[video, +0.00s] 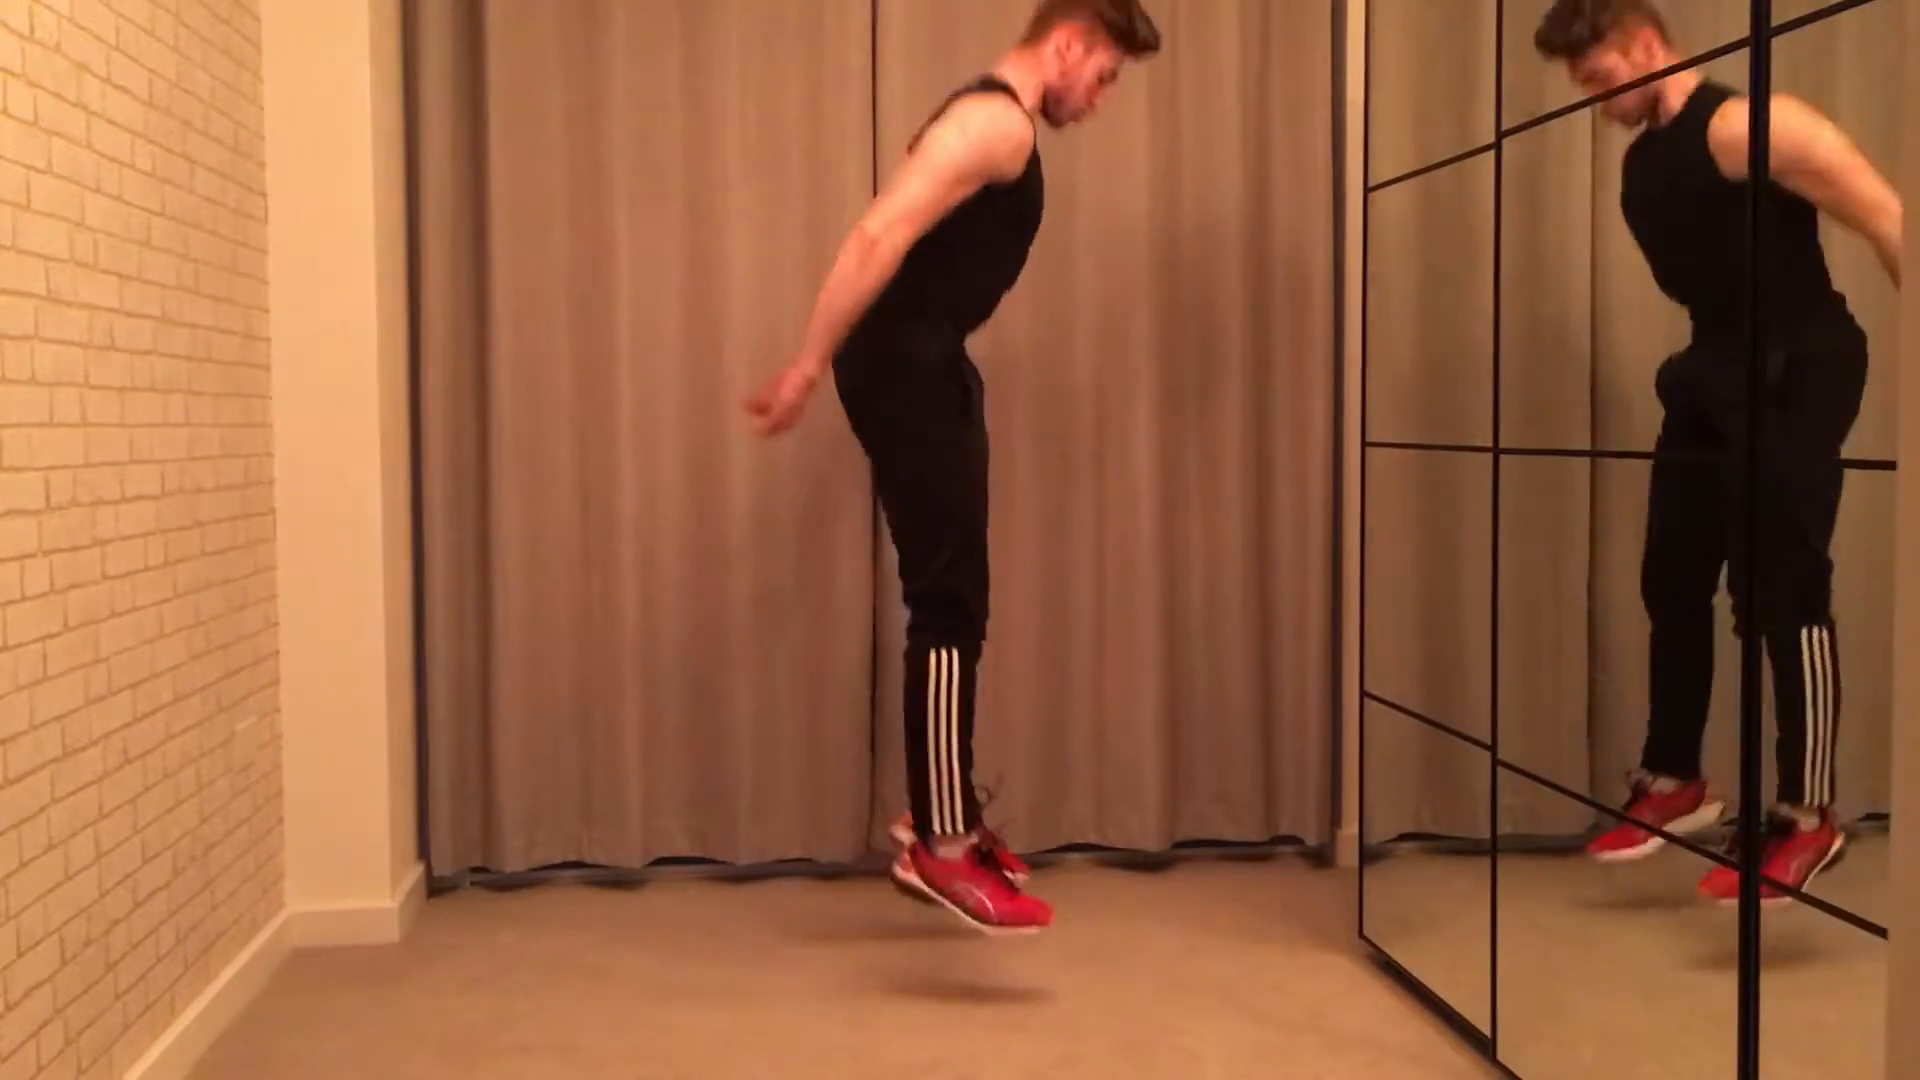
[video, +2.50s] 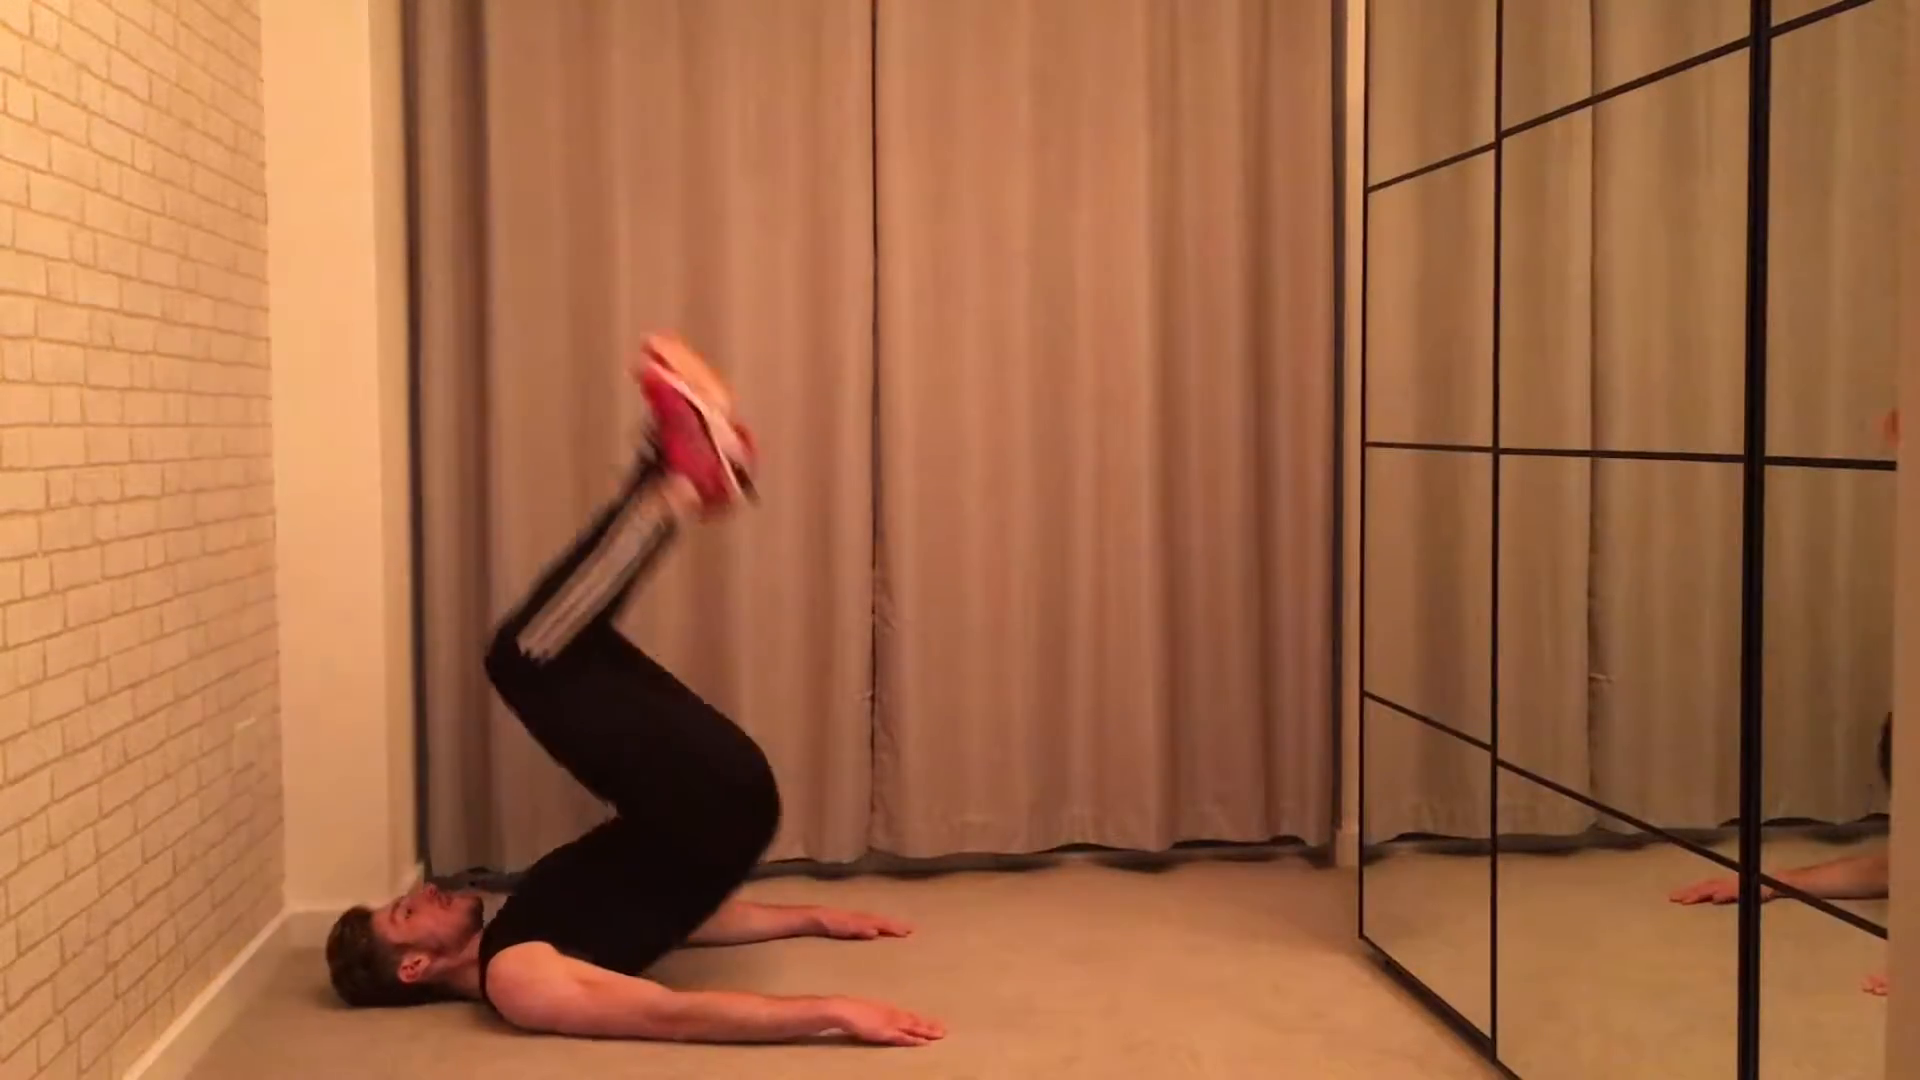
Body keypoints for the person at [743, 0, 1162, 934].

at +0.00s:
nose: (1104, 99)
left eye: (1113, 83)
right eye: (1108, 75)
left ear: (1063, 47)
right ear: (1068, 44)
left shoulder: (999, 118)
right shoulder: (993, 122)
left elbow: (887, 238)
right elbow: (878, 234)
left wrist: (814, 364)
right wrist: (807, 365)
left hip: (925, 371)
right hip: (908, 373)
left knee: (953, 604)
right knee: (948, 606)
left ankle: (951, 829)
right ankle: (938, 842)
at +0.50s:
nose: (1106, 594)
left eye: (1115, 577)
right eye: (1108, 573)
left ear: (1061, 554)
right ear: (1066, 555)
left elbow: (882, 719)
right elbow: (926, 818)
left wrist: (856, 869)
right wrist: (877, 981)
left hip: (812, 787)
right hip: (832, 805)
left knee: (1036, 712)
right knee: (1059, 740)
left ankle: (943, 908)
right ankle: (971, 949)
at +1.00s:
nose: (636, 710)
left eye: (626, 697)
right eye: (617, 706)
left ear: (586, 737)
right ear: (577, 744)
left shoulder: (625, 801)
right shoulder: (627, 828)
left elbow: (696, 958)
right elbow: (691, 982)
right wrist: (843, 1016)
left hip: (823, 921)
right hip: (837, 958)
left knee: (919, 702)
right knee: (929, 710)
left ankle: (1103, 808)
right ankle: (1157, 801)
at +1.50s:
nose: (455, 871)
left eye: (432, 873)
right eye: (434, 887)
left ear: (450, 934)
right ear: (441, 949)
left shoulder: (537, 931)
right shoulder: (540, 963)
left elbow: (687, 908)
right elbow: (695, 1010)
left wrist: (826, 923)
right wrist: (862, 1017)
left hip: (757, 862)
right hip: (764, 868)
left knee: (610, 675)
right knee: (605, 677)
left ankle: (584, 455)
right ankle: (587, 454)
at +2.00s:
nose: (439, 893)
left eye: (421, 896)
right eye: (421, 913)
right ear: (431, 967)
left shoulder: (539, 934)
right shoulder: (520, 976)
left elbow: (683, 916)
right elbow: (682, 1016)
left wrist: (821, 921)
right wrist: (839, 1020)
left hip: (622, 745)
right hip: (632, 744)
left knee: (533, 513)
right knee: (529, 515)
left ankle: (499, 293)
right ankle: (474, 287)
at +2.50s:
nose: (426, 888)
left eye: (407, 894)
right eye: (408, 910)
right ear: (422, 967)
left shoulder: (529, 934)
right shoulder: (520, 978)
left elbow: (684, 917)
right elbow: (674, 1017)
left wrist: (817, 919)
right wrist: (834, 1014)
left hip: (712, 799)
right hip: (715, 806)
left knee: (553, 646)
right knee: (521, 659)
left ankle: (682, 472)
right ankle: (676, 483)